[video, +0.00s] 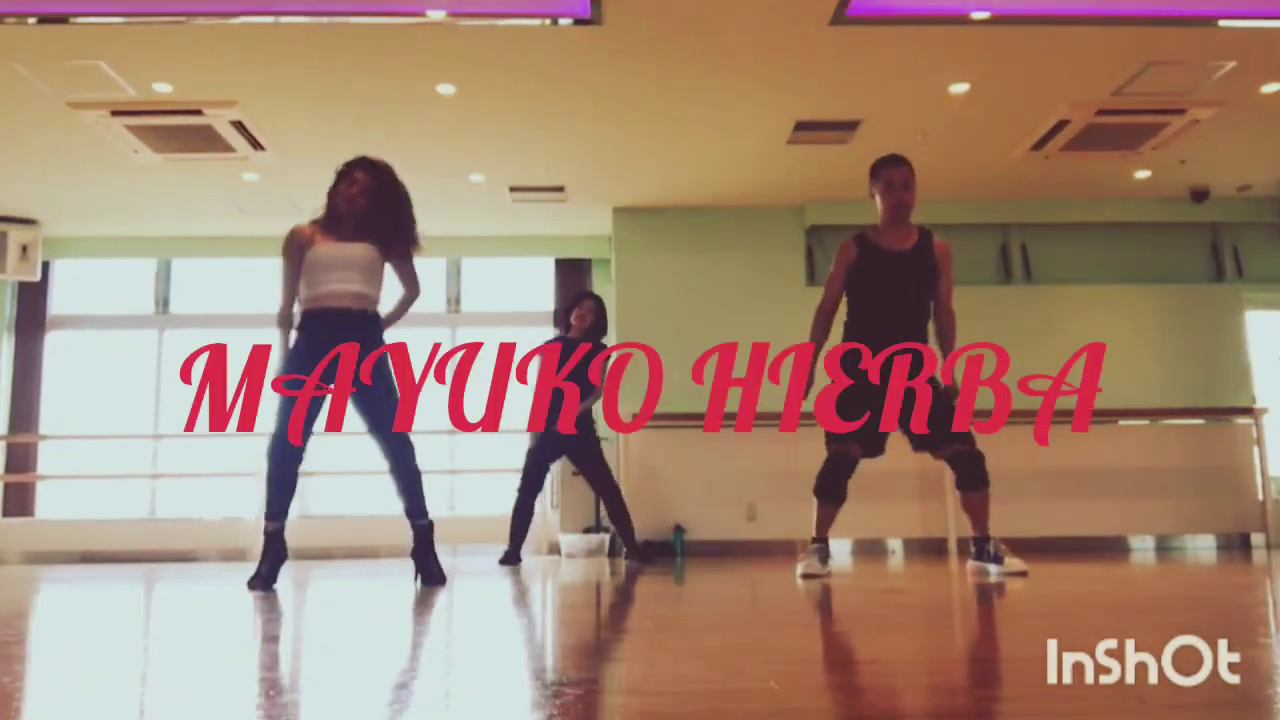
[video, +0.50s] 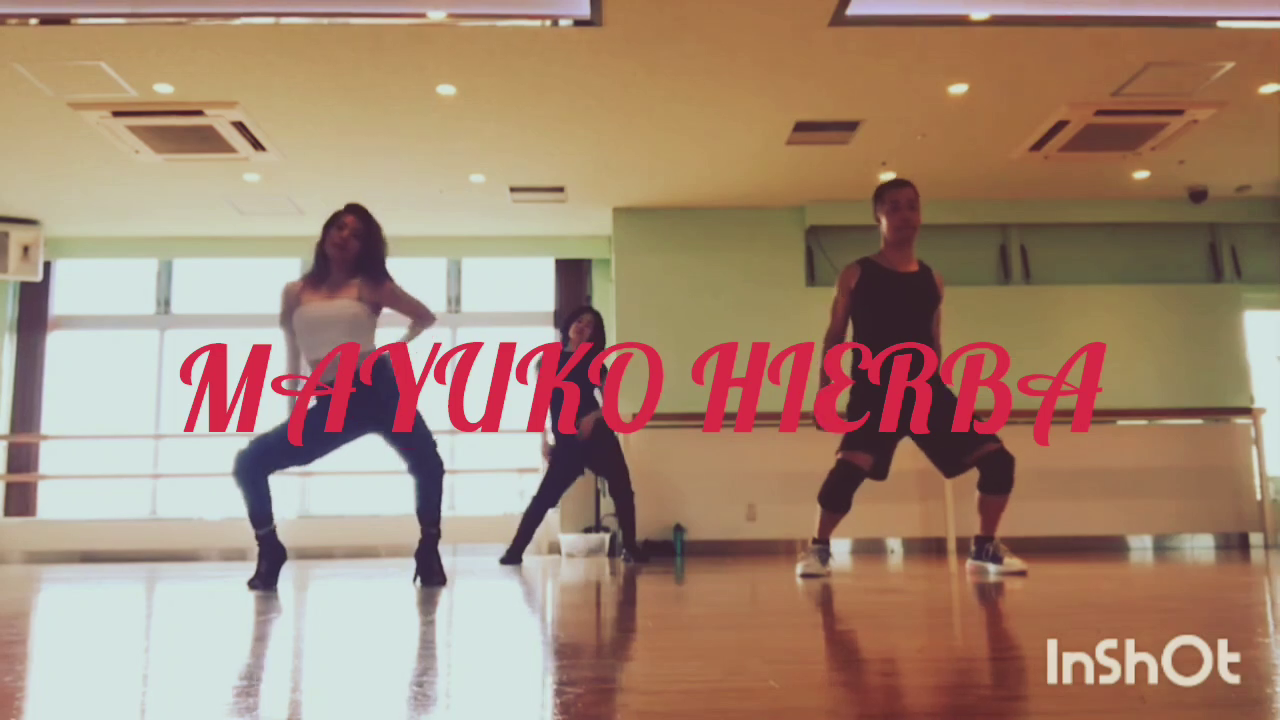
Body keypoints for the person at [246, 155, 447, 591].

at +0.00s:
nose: (353, 193)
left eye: (364, 191)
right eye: (349, 184)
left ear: (376, 202)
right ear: (335, 188)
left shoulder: (384, 239)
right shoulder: (303, 236)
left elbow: (412, 289)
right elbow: (288, 301)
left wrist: (384, 324)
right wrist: (285, 354)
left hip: (363, 336)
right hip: (312, 336)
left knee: (395, 442)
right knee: (285, 444)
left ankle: (423, 542)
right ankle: (273, 543)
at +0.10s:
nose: (353, 202)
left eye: (363, 198)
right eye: (348, 194)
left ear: (375, 210)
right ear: (334, 199)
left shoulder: (384, 252)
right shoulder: (306, 251)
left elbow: (413, 301)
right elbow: (294, 312)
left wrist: (382, 333)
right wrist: (295, 354)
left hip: (356, 359)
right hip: (307, 355)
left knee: (403, 448)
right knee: (269, 450)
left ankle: (423, 544)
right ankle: (270, 546)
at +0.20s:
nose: (350, 223)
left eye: (360, 219)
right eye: (345, 215)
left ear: (371, 230)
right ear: (332, 221)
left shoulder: (383, 274)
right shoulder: (307, 279)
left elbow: (418, 323)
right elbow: (299, 336)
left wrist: (388, 353)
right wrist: (296, 376)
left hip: (357, 389)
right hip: (307, 388)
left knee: (411, 454)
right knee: (256, 465)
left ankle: (426, 547)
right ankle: (270, 550)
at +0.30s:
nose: (348, 237)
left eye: (358, 234)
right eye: (343, 228)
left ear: (369, 245)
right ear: (328, 236)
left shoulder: (376, 288)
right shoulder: (303, 294)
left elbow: (424, 333)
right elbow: (300, 358)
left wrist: (385, 367)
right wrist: (300, 399)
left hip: (366, 403)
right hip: (315, 406)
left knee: (421, 459)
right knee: (245, 468)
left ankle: (428, 549)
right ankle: (269, 550)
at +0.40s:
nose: (346, 240)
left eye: (356, 237)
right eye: (340, 232)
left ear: (367, 250)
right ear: (326, 240)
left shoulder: (375, 291)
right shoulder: (299, 297)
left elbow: (427, 326)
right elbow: (299, 362)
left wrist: (394, 362)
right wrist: (300, 413)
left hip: (373, 404)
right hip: (322, 411)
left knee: (428, 465)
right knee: (241, 465)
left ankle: (429, 549)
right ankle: (269, 550)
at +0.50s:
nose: (344, 237)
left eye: (355, 234)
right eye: (339, 229)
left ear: (366, 246)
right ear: (325, 235)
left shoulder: (373, 287)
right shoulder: (295, 293)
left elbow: (425, 317)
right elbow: (293, 356)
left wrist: (395, 350)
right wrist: (294, 411)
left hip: (380, 399)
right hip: (331, 408)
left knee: (429, 467)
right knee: (249, 463)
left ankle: (429, 549)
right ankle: (269, 549)